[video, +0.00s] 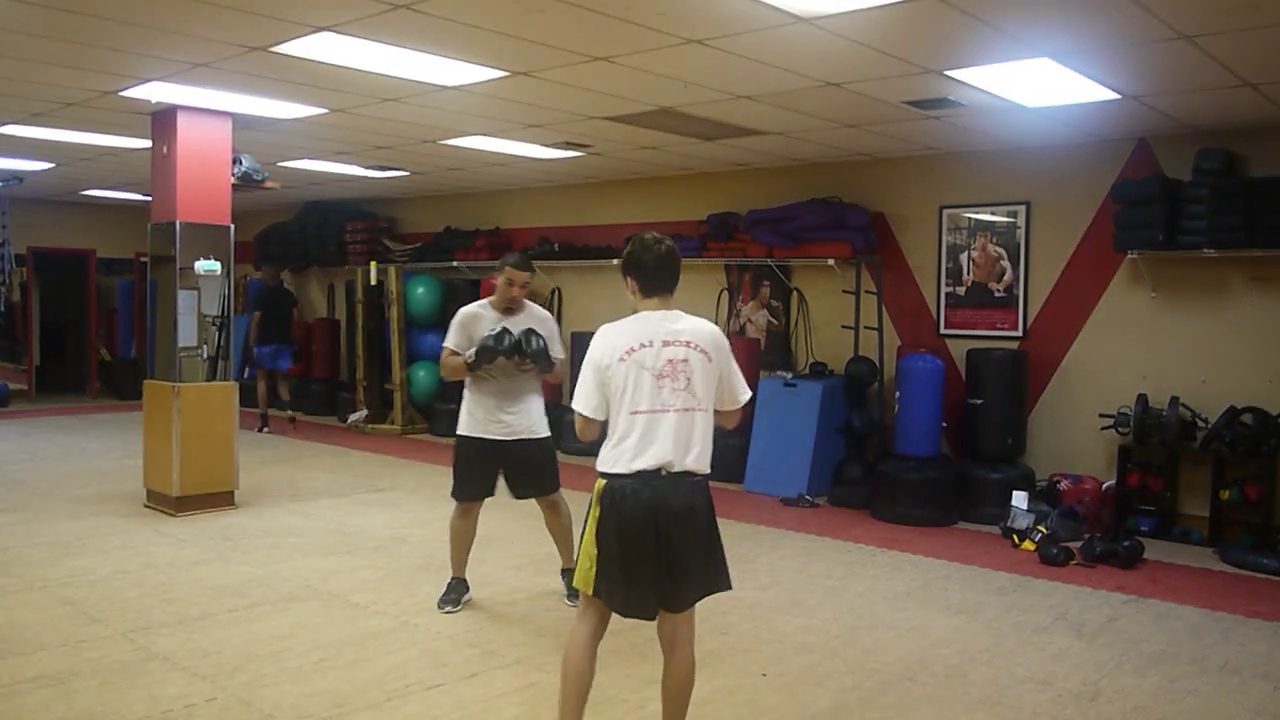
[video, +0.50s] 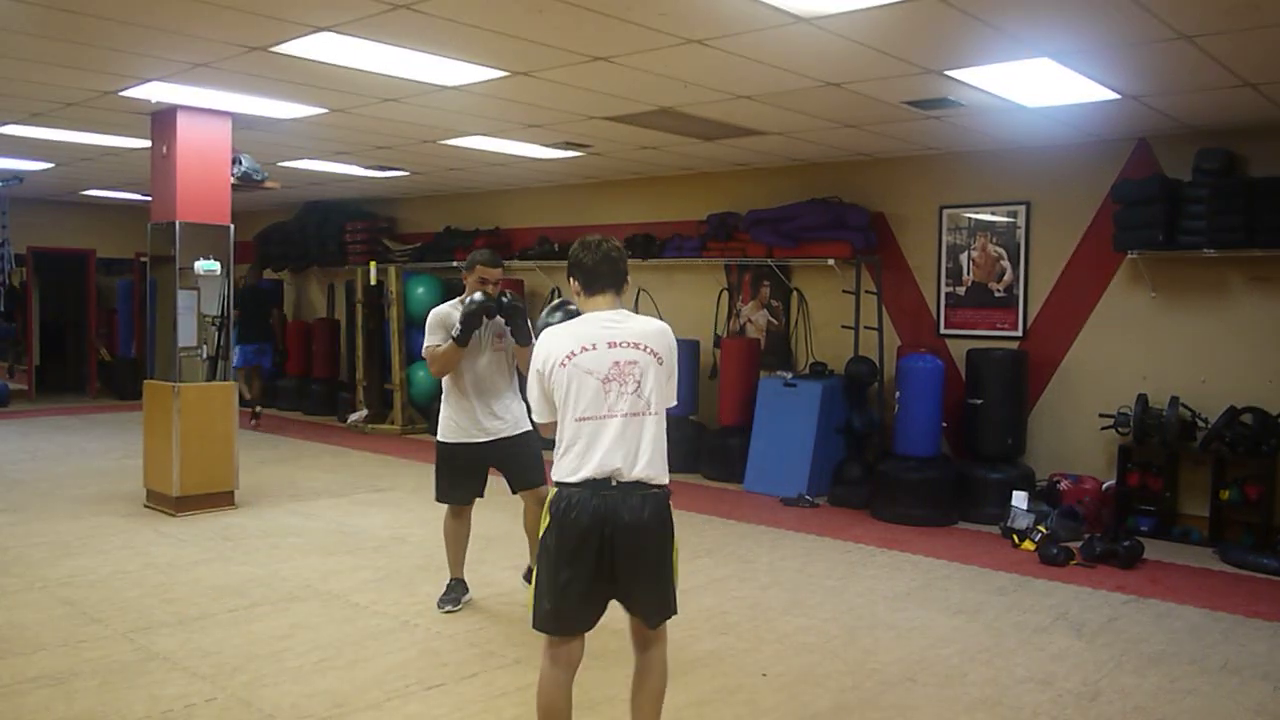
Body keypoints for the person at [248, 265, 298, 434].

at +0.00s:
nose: (261, 277)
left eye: (263, 274)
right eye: (263, 273)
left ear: (264, 276)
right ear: (279, 277)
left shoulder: (261, 293)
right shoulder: (288, 294)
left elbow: (256, 319)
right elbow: (296, 317)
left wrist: (252, 342)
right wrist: (294, 338)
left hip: (264, 342)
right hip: (284, 342)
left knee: (262, 379)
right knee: (282, 378)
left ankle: (264, 421)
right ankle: (289, 406)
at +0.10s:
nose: (258, 274)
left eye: (258, 271)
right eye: (261, 270)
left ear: (258, 273)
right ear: (273, 273)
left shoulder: (254, 291)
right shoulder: (281, 290)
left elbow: (249, 315)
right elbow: (290, 312)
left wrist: (244, 336)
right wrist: (288, 332)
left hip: (260, 339)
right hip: (278, 339)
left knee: (260, 377)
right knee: (274, 375)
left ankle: (263, 420)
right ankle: (279, 403)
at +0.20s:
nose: (256, 273)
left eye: (256, 270)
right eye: (260, 270)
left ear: (255, 272)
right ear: (270, 273)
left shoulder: (250, 290)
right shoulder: (277, 289)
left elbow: (244, 313)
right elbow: (285, 311)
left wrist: (237, 329)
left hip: (256, 339)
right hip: (275, 338)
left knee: (258, 377)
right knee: (268, 375)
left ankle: (263, 418)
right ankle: (270, 408)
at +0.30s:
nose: (255, 276)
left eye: (254, 273)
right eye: (258, 272)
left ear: (251, 275)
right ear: (267, 274)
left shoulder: (246, 290)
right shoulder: (276, 288)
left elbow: (240, 314)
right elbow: (281, 312)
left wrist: (233, 326)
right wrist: (285, 332)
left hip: (252, 337)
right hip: (271, 336)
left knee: (256, 374)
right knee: (263, 374)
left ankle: (261, 413)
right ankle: (260, 410)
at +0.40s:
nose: (251, 279)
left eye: (251, 276)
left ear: (249, 277)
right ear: (264, 277)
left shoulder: (245, 293)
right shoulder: (273, 293)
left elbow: (238, 315)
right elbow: (279, 315)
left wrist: (233, 327)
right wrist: (277, 328)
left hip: (250, 339)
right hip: (268, 338)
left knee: (251, 375)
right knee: (261, 376)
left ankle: (259, 409)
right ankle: (256, 409)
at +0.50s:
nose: (249, 278)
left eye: (249, 275)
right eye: (253, 275)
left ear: (247, 277)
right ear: (261, 277)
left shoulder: (242, 293)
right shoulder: (269, 294)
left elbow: (235, 315)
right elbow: (275, 316)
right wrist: (279, 340)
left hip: (245, 340)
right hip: (264, 339)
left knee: (240, 374)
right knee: (257, 375)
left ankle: (251, 400)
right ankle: (255, 408)